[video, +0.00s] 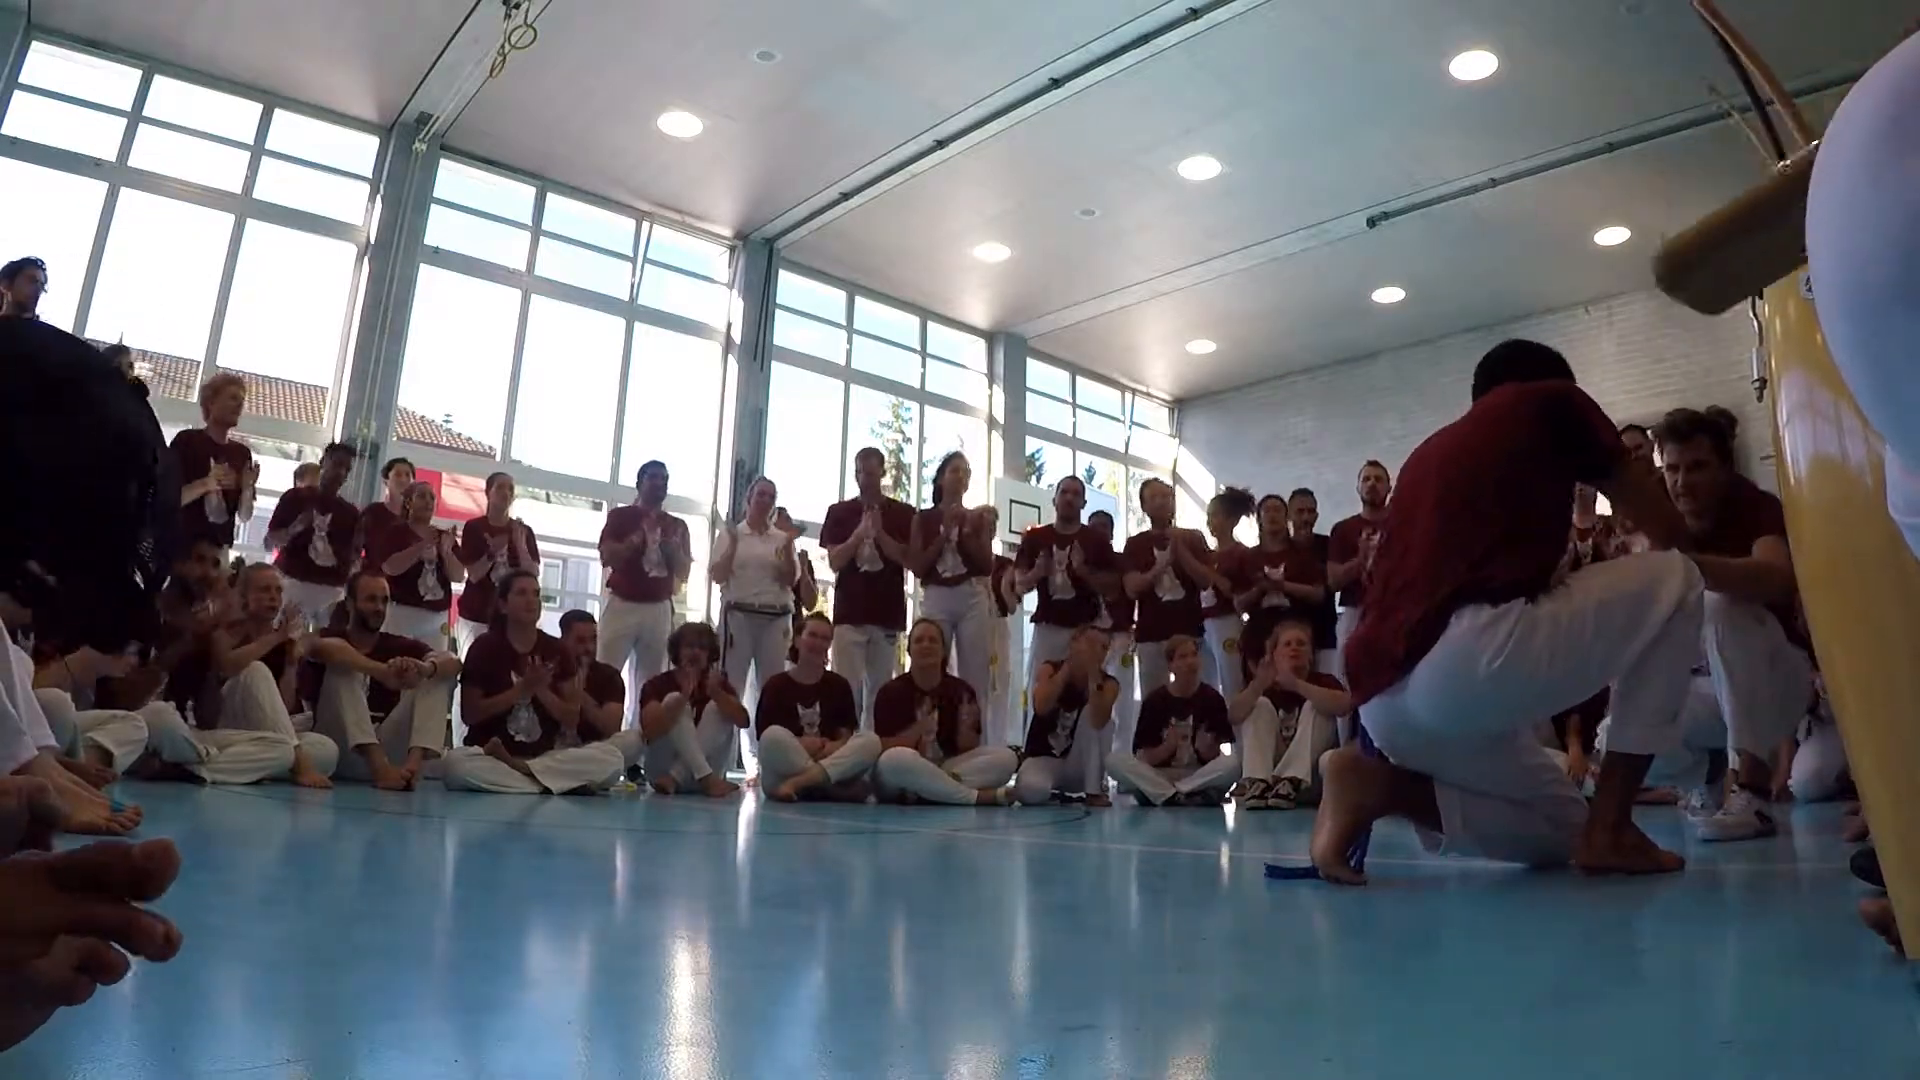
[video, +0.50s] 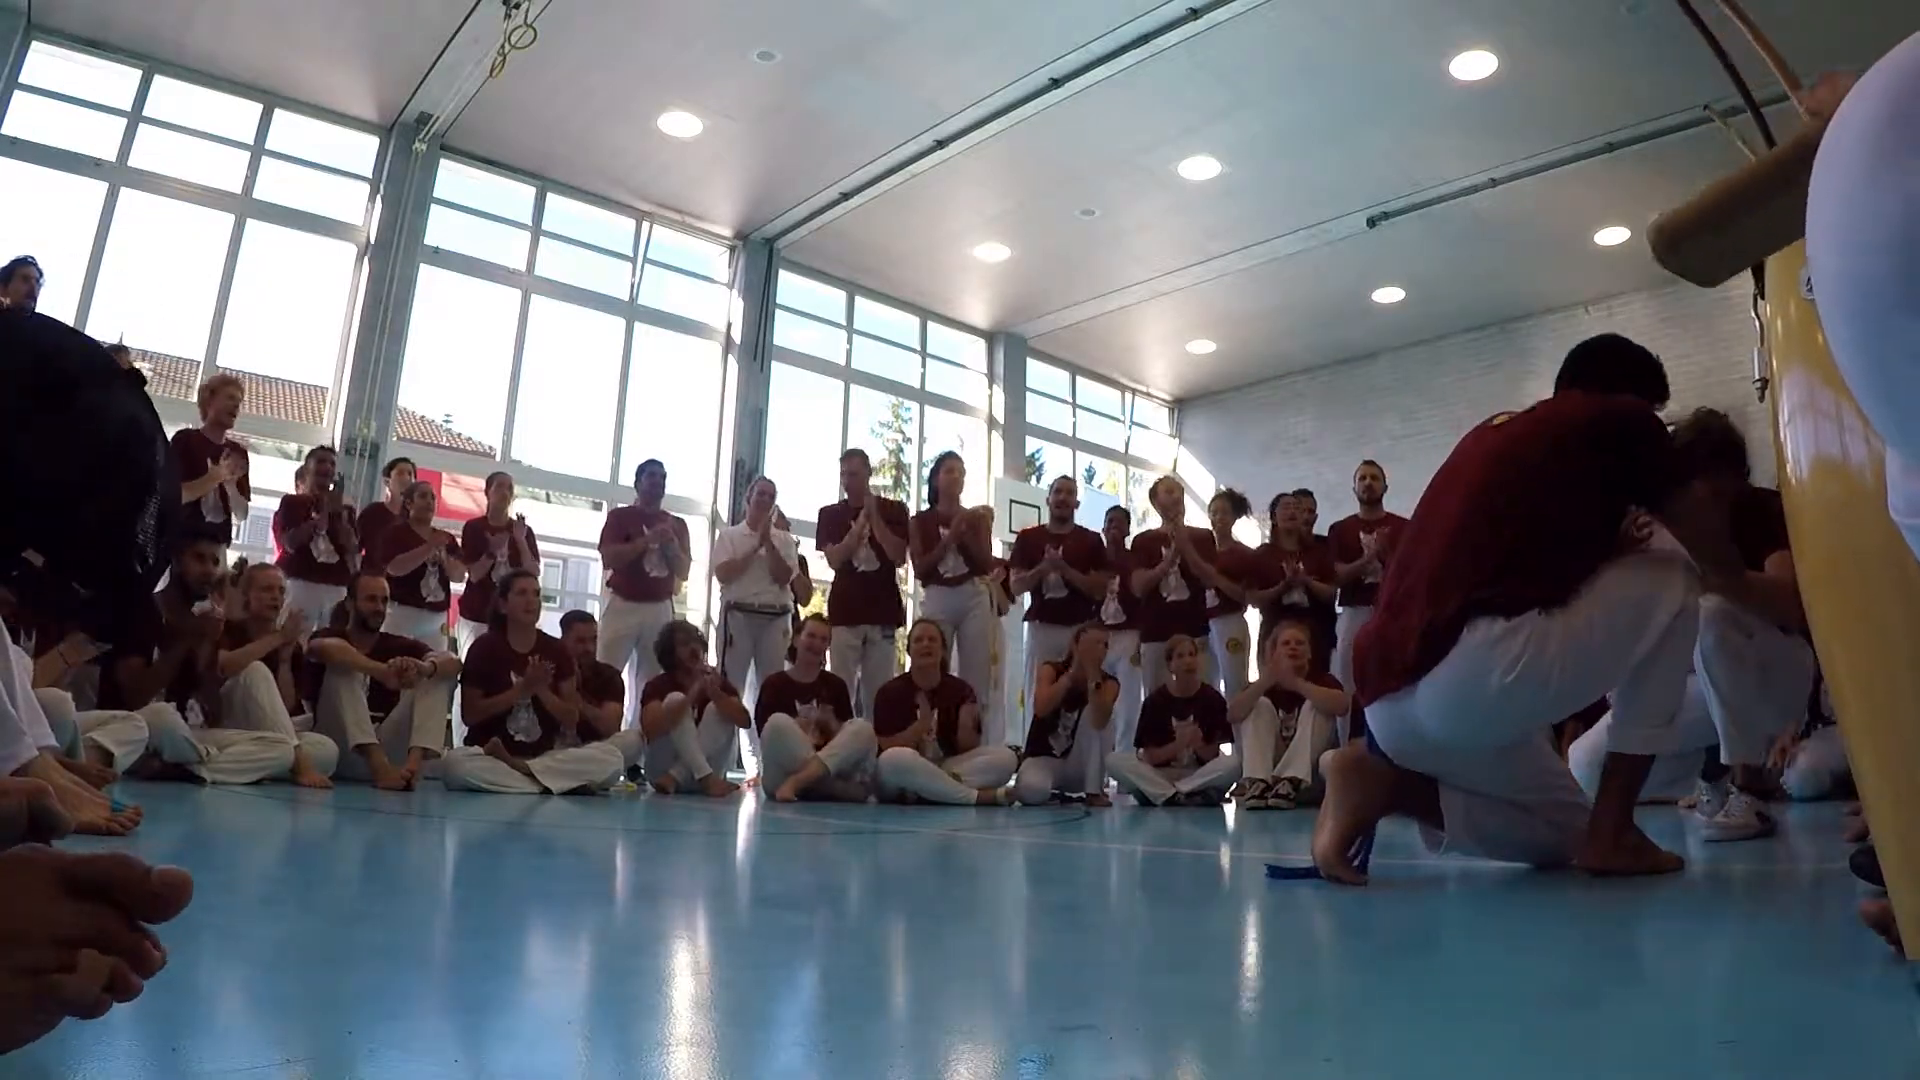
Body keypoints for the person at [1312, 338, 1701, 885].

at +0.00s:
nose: (1573, 404)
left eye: (1570, 398)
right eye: (1570, 395)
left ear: (1477, 394)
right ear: (1557, 384)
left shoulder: (1431, 450)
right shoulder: (1555, 400)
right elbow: (1667, 529)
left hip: (1382, 699)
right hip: (1464, 656)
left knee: (1572, 827)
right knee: (1673, 580)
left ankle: (1376, 785)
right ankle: (1610, 827)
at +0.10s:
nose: (1589, 402)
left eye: (1588, 395)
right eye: (1585, 392)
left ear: (1494, 390)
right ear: (1570, 383)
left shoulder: (1446, 443)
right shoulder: (1566, 398)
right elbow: (1672, 534)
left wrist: (1586, 557)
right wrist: (1641, 469)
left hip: (1386, 699)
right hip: (1465, 658)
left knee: (1570, 826)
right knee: (1675, 580)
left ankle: (1376, 784)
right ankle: (1609, 828)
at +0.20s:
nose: (1608, 405)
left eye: (1606, 395)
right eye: (1603, 393)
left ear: (1516, 385)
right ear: (1587, 382)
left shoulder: (1464, 437)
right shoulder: (1582, 399)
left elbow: (1497, 581)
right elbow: (1678, 532)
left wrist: (1592, 560)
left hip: (1388, 698)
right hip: (1467, 656)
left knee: (1570, 826)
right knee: (1680, 581)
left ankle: (1380, 785)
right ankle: (1609, 828)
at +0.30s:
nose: (1627, 404)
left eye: (1628, 395)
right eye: (1625, 392)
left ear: (1535, 379)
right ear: (1604, 382)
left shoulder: (1478, 434)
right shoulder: (1594, 402)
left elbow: (1496, 583)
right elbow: (1698, 536)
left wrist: (1595, 558)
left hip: (1389, 697)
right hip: (1465, 658)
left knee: (1571, 826)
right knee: (1679, 582)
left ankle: (1380, 784)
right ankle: (1609, 828)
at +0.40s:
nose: (1642, 409)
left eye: (1642, 400)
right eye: (1638, 397)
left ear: (1550, 382)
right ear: (1615, 388)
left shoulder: (1489, 433)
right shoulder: (1610, 409)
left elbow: (1509, 579)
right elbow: (1709, 540)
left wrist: (1605, 555)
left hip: (1391, 699)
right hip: (1469, 665)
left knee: (1574, 828)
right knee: (1675, 577)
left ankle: (1381, 785)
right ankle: (1610, 827)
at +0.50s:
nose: (1656, 420)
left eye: (1657, 408)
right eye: (1653, 407)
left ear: (1566, 386)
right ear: (1632, 395)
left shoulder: (1499, 432)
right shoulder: (1624, 423)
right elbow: (1714, 551)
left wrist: (1612, 545)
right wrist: (1755, 593)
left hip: (1389, 701)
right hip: (1470, 669)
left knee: (1575, 828)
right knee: (1673, 582)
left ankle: (1380, 786)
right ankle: (1612, 831)